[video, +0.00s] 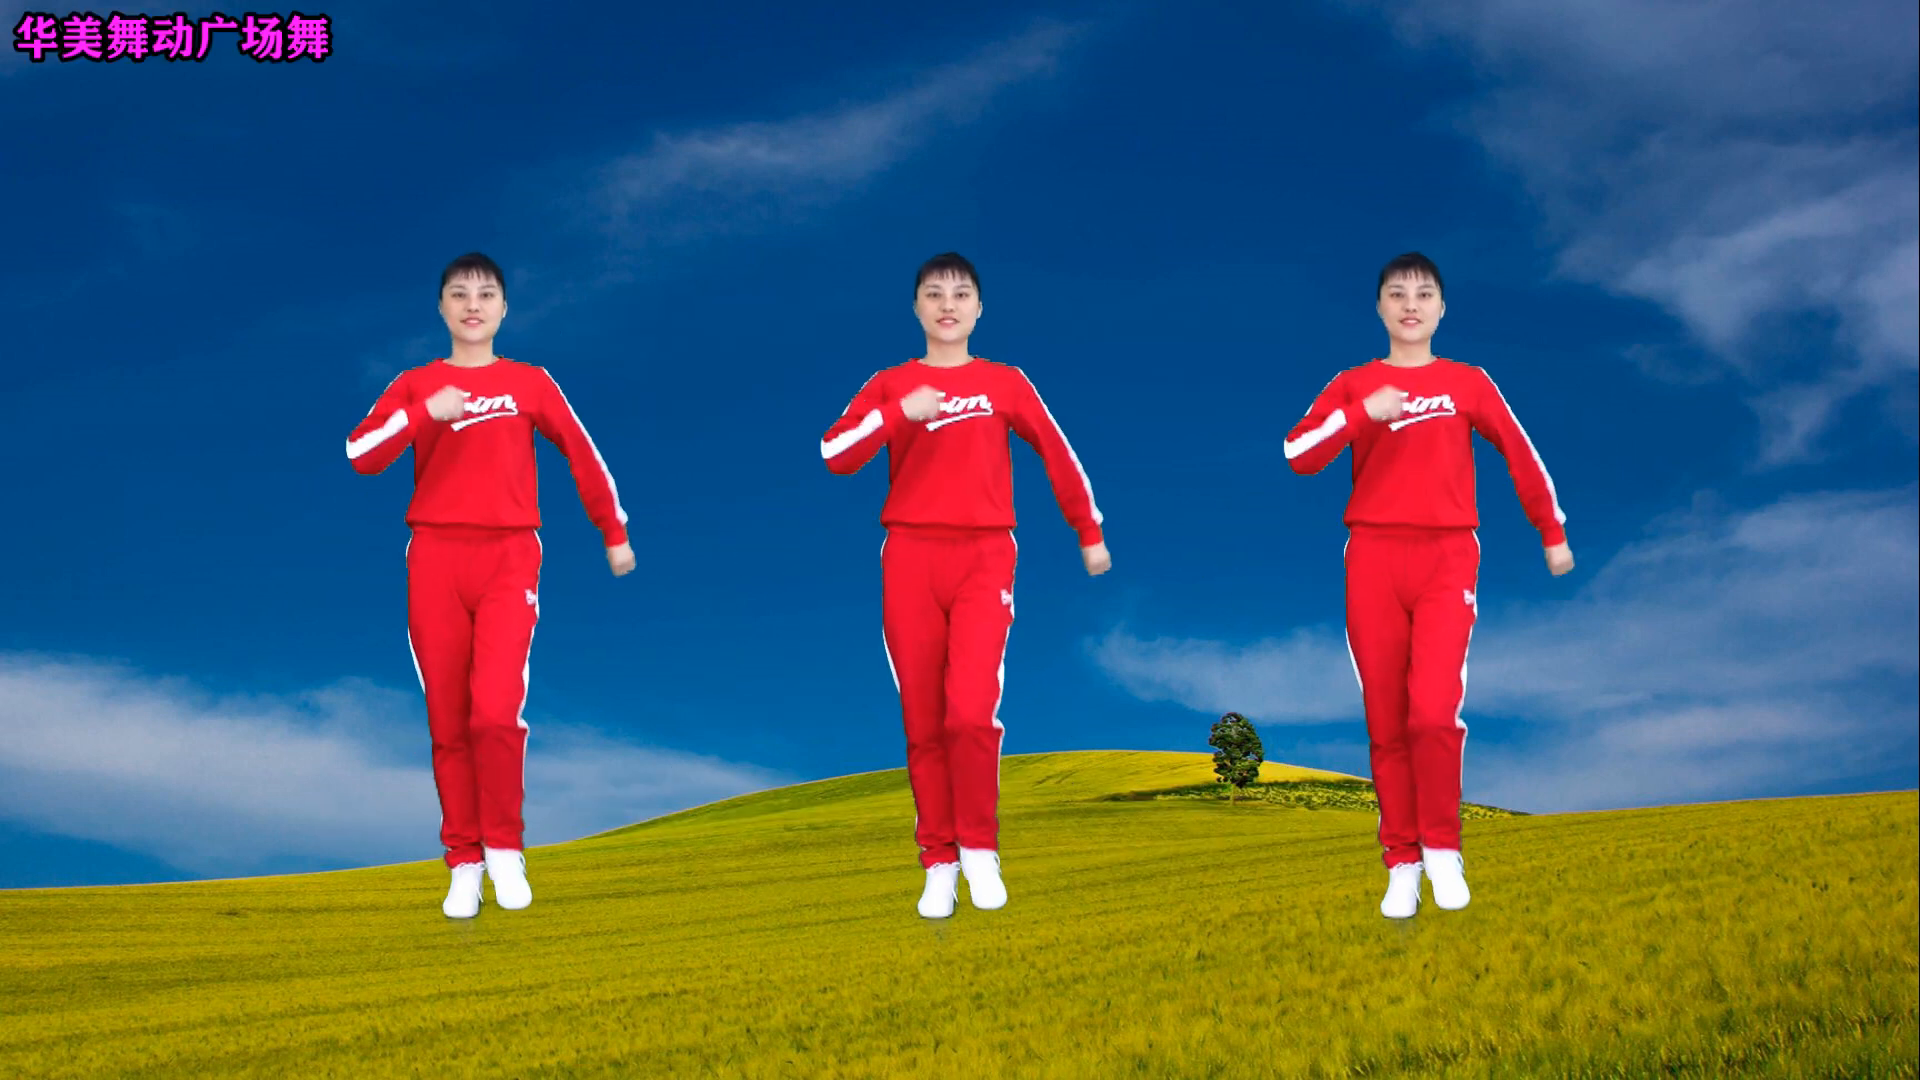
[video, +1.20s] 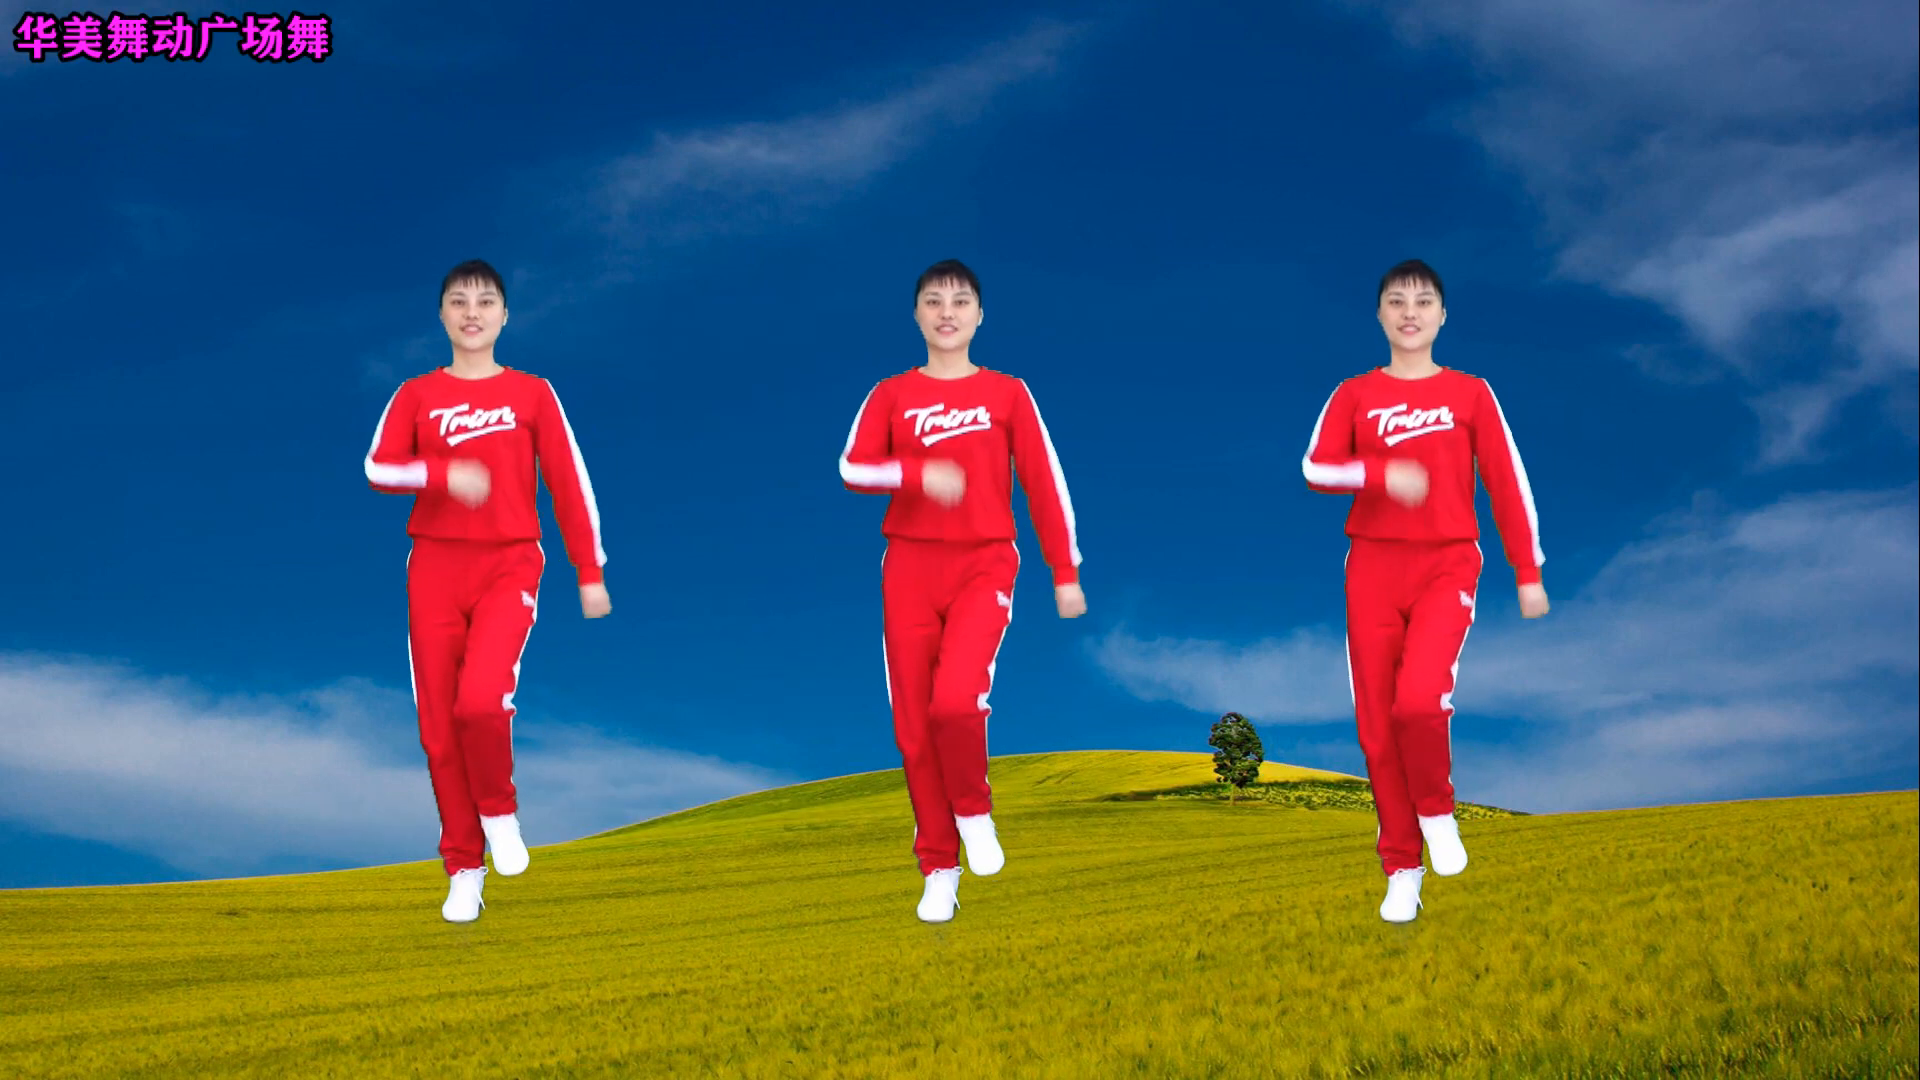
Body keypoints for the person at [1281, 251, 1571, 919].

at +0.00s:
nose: (1411, 304)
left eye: (1423, 295)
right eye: (1399, 295)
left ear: (1441, 307)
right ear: (1381, 308)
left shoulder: (1469, 383)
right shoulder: (1351, 385)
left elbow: (1523, 454)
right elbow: (1299, 455)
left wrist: (1553, 535)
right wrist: (1360, 414)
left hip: (1448, 561)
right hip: (1372, 561)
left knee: (1434, 713)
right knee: (1385, 720)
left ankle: (1442, 850)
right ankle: (1401, 861)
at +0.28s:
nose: (1417, 314)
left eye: (1430, 304)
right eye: (1404, 304)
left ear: (1448, 315)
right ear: (1388, 316)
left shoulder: (1477, 388)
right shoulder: (1362, 394)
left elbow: (1527, 472)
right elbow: (1347, 478)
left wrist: (1572, 548)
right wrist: (1383, 505)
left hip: (1465, 572)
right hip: (1389, 575)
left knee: (1456, 725)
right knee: (1399, 723)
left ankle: (1447, 867)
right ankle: (1406, 854)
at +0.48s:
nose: (1422, 324)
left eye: (1434, 312)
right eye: (1409, 314)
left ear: (1452, 322)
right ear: (1393, 326)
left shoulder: (1484, 401)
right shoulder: (1369, 407)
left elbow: (1505, 484)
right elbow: (1344, 501)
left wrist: (1475, 539)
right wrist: (1326, 589)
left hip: (1474, 573)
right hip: (1398, 574)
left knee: (1472, 723)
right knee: (1428, 699)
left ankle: (1449, 866)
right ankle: (1415, 805)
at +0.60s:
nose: (1422, 304)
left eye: (1433, 294)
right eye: (1409, 295)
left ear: (1452, 303)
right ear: (1393, 308)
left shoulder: (1485, 381)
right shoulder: (1368, 388)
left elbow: (1524, 464)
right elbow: (1317, 464)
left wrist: (1468, 442)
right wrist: (1278, 545)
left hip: (1472, 555)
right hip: (1395, 556)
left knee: (1465, 711)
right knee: (1423, 705)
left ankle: (1452, 861)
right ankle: (1413, 827)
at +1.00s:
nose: (1416, 318)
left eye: (1427, 307)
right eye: (1403, 309)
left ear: (1446, 319)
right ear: (1386, 322)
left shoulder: (1474, 395)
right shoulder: (1358, 401)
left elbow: (1479, 475)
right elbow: (1326, 488)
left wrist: (1438, 522)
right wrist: (1296, 569)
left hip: (1449, 576)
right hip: (1374, 576)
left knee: (1437, 723)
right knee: (1384, 729)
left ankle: (1442, 849)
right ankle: (1400, 867)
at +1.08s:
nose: (1412, 326)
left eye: (1425, 316)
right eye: (1400, 317)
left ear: (1443, 328)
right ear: (1384, 330)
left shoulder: (1473, 406)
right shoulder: (1356, 410)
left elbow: (1478, 494)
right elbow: (1342, 497)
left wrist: (1472, 578)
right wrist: (1350, 576)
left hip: (1445, 580)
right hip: (1372, 581)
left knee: (1421, 720)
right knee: (1373, 734)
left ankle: (1439, 817)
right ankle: (1399, 866)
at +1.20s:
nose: (1411, 312)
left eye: (1423, 302)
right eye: (1398, 302)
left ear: (1441, 314)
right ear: (1381, 315)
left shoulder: (1471, 392)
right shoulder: (1352, 394)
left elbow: (1508, 482)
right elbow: (1316, 469)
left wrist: (1528, 571)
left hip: (1448, 567)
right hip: (1373, 567)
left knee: (1417, 706)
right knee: (1375, 722)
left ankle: (1436, 810)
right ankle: (1402, 864)